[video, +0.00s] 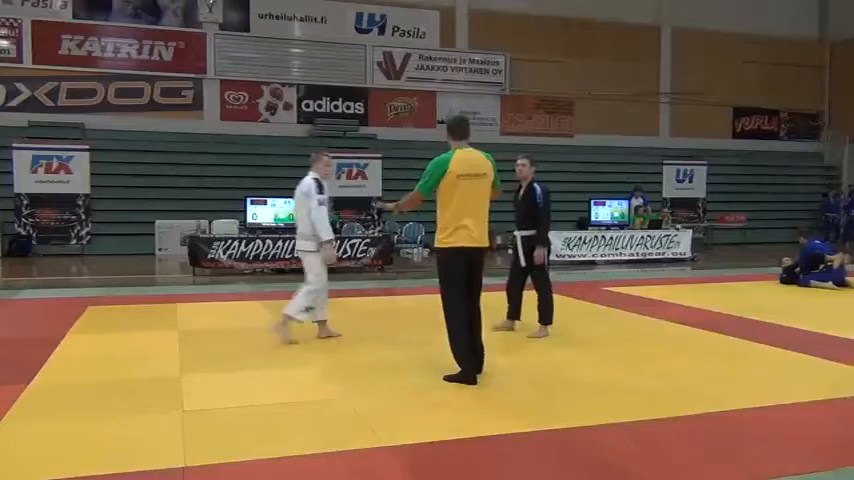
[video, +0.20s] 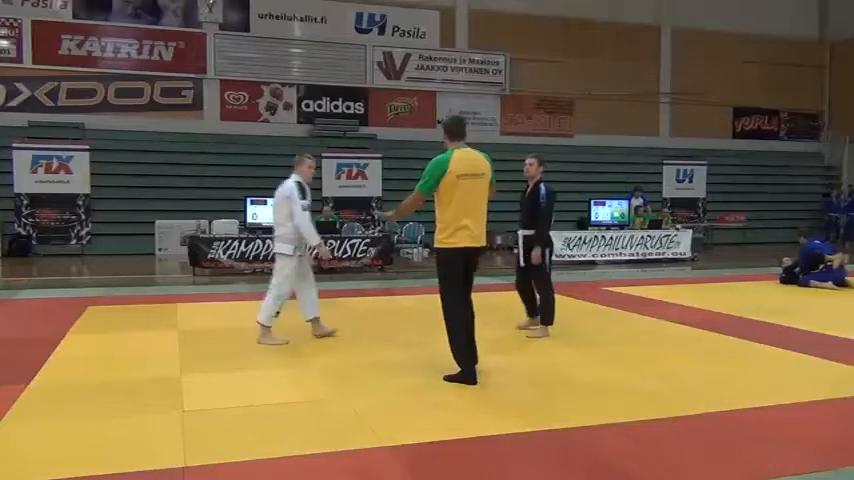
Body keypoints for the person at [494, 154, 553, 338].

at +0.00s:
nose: (519, 169)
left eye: (523, 166)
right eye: (517, 166)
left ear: (532, 169)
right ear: (516, 170)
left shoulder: (538, 190)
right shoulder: (519, 191)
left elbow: (543, 219)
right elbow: (521, 218)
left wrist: (541, 244)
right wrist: (518, 243)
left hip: (535, 240)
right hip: (521, 240)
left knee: (542, 284)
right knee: (514, 283)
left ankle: (544, 324)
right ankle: (511, 319)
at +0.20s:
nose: (526, 168)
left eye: (530, 165)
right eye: (525, 165)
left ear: (540, 169)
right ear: (525, 169)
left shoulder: (544, 190)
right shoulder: (527, 190)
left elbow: (544, 220)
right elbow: (525, 219)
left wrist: (538, 245)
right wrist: (521, 244)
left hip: (538, 239)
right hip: (525, 238)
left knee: (542, 282)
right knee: (522, 282)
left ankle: (545, 324)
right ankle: (533, 315)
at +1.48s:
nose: (542, 175)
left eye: (545, 171)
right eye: (541, 171)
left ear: (556, 170)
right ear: (549, 172)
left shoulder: (564, 189)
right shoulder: (547, 192)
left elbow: (559, 216)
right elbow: (543, 216)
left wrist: (545, 231)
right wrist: (537, 231)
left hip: (559, 241)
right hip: (546, 240)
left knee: (561, 280)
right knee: (548, 279)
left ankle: (568, 322)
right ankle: (552, 317)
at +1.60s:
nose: (545, 174)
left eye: (547, 170)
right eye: (544, 170)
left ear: (558, 170)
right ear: (550, 171)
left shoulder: (566, 190)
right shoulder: (550, 192)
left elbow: (560, 218)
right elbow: (545, 217)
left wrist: (540, 234)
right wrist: (537, 236)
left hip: (560, 241)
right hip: (547, 241)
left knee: (563, 280)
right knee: (549, 280)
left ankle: (569, 322)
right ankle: (552, 317)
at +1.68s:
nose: (546, 173)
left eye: (548, 169)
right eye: (545, 170)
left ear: (559, 169)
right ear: (553, 171)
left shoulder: (566, 190)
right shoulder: (552, 191)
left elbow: (562, 217)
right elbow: (548, 216)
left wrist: (546, 234)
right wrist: (542, 235)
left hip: (561, 240)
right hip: (548, 239)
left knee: (563, 280)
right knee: (549, 279)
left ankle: (569, 322)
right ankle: (552, 317)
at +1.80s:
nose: (547, 171)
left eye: (549, 168)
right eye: (547, 168)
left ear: (558, 169)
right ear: (557, 170)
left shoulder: (568, 190)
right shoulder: (553, 190)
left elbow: (563, 219)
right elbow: (548, 217)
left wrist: (551, 242)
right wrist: (542, 240)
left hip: (561, 239)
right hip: (549, 238)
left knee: (564, 280)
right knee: (550, 280)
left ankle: (569, 323)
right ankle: (552, 317)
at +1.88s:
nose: (548, 171)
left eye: (550, 168)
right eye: (548, 168)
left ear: (558, 169)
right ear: (558, 170)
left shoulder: (568, 190)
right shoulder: (555, 190)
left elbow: (565, 220)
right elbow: (551, 219)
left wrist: (559, 245)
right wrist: (544, 244)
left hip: (561, 241)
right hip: (550, 240)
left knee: (563, 281)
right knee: (550, 281)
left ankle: (569, 322)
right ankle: (552, 317)